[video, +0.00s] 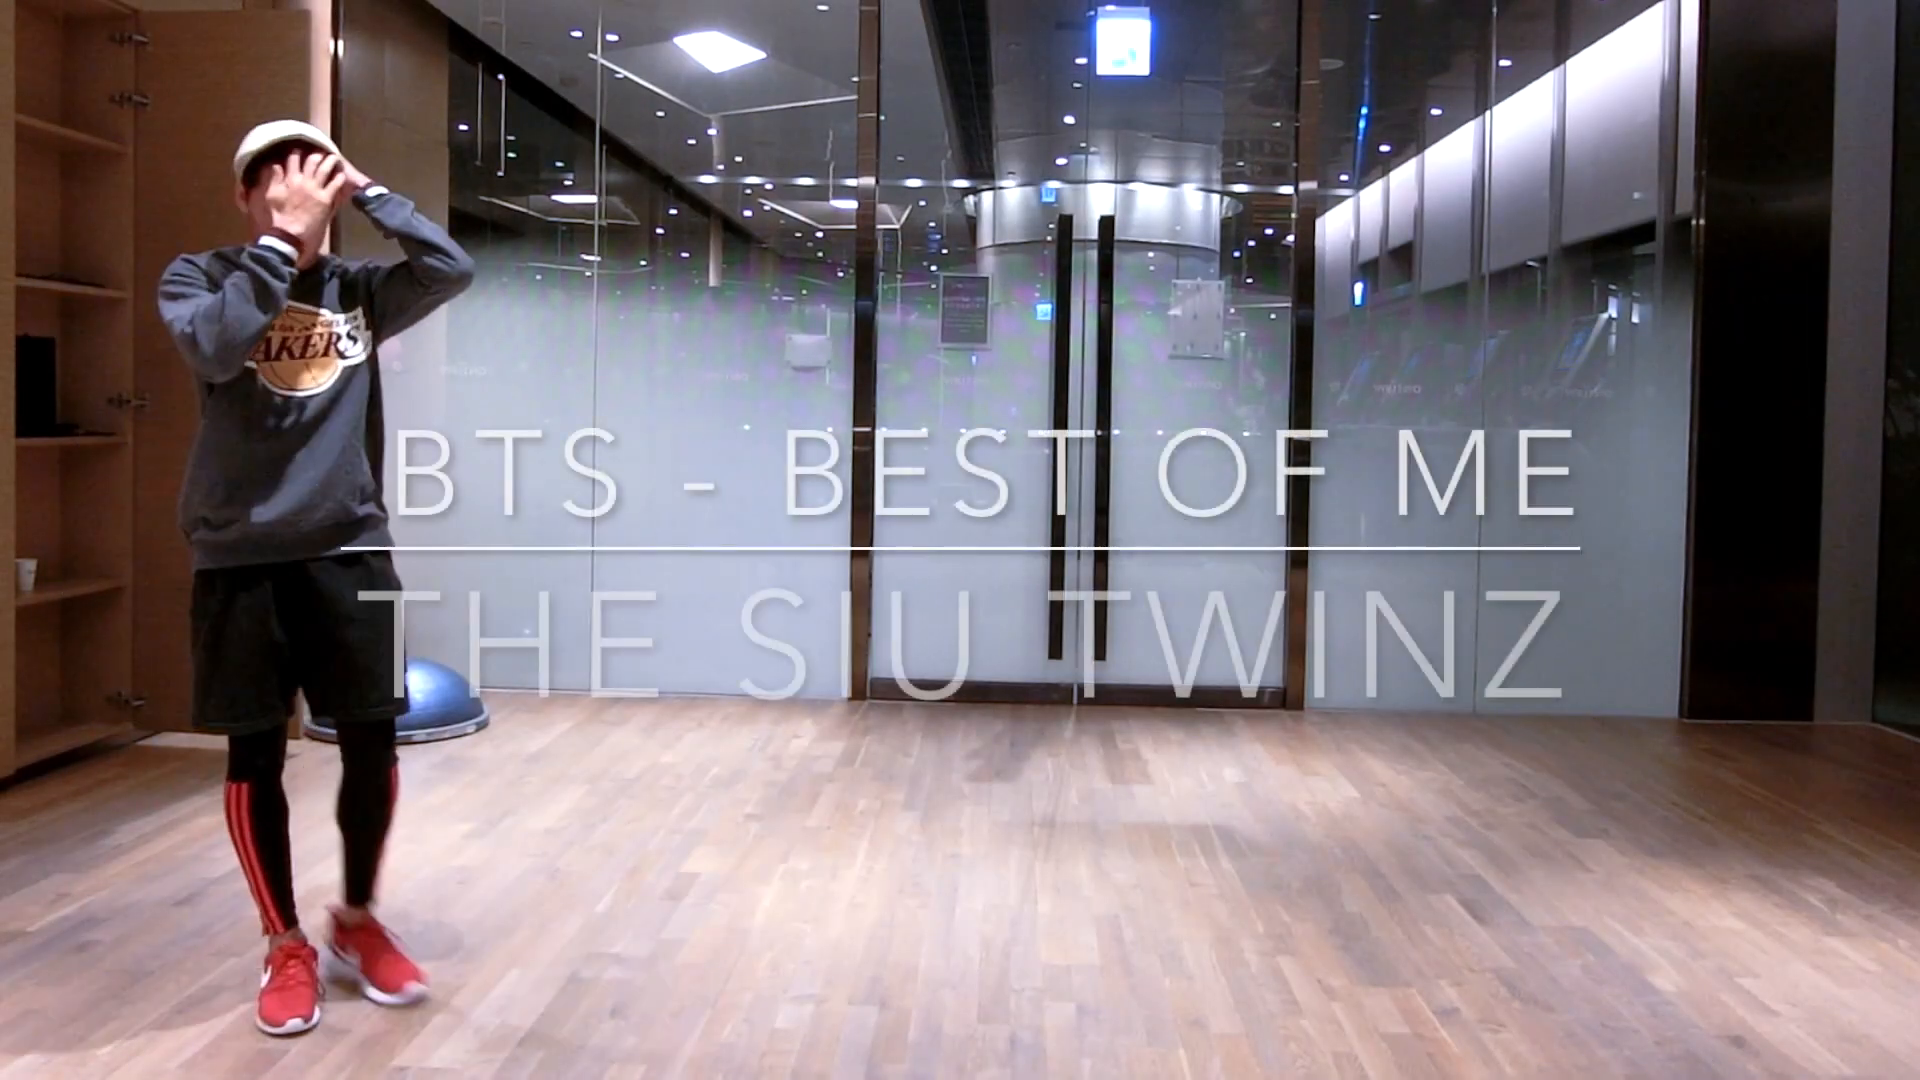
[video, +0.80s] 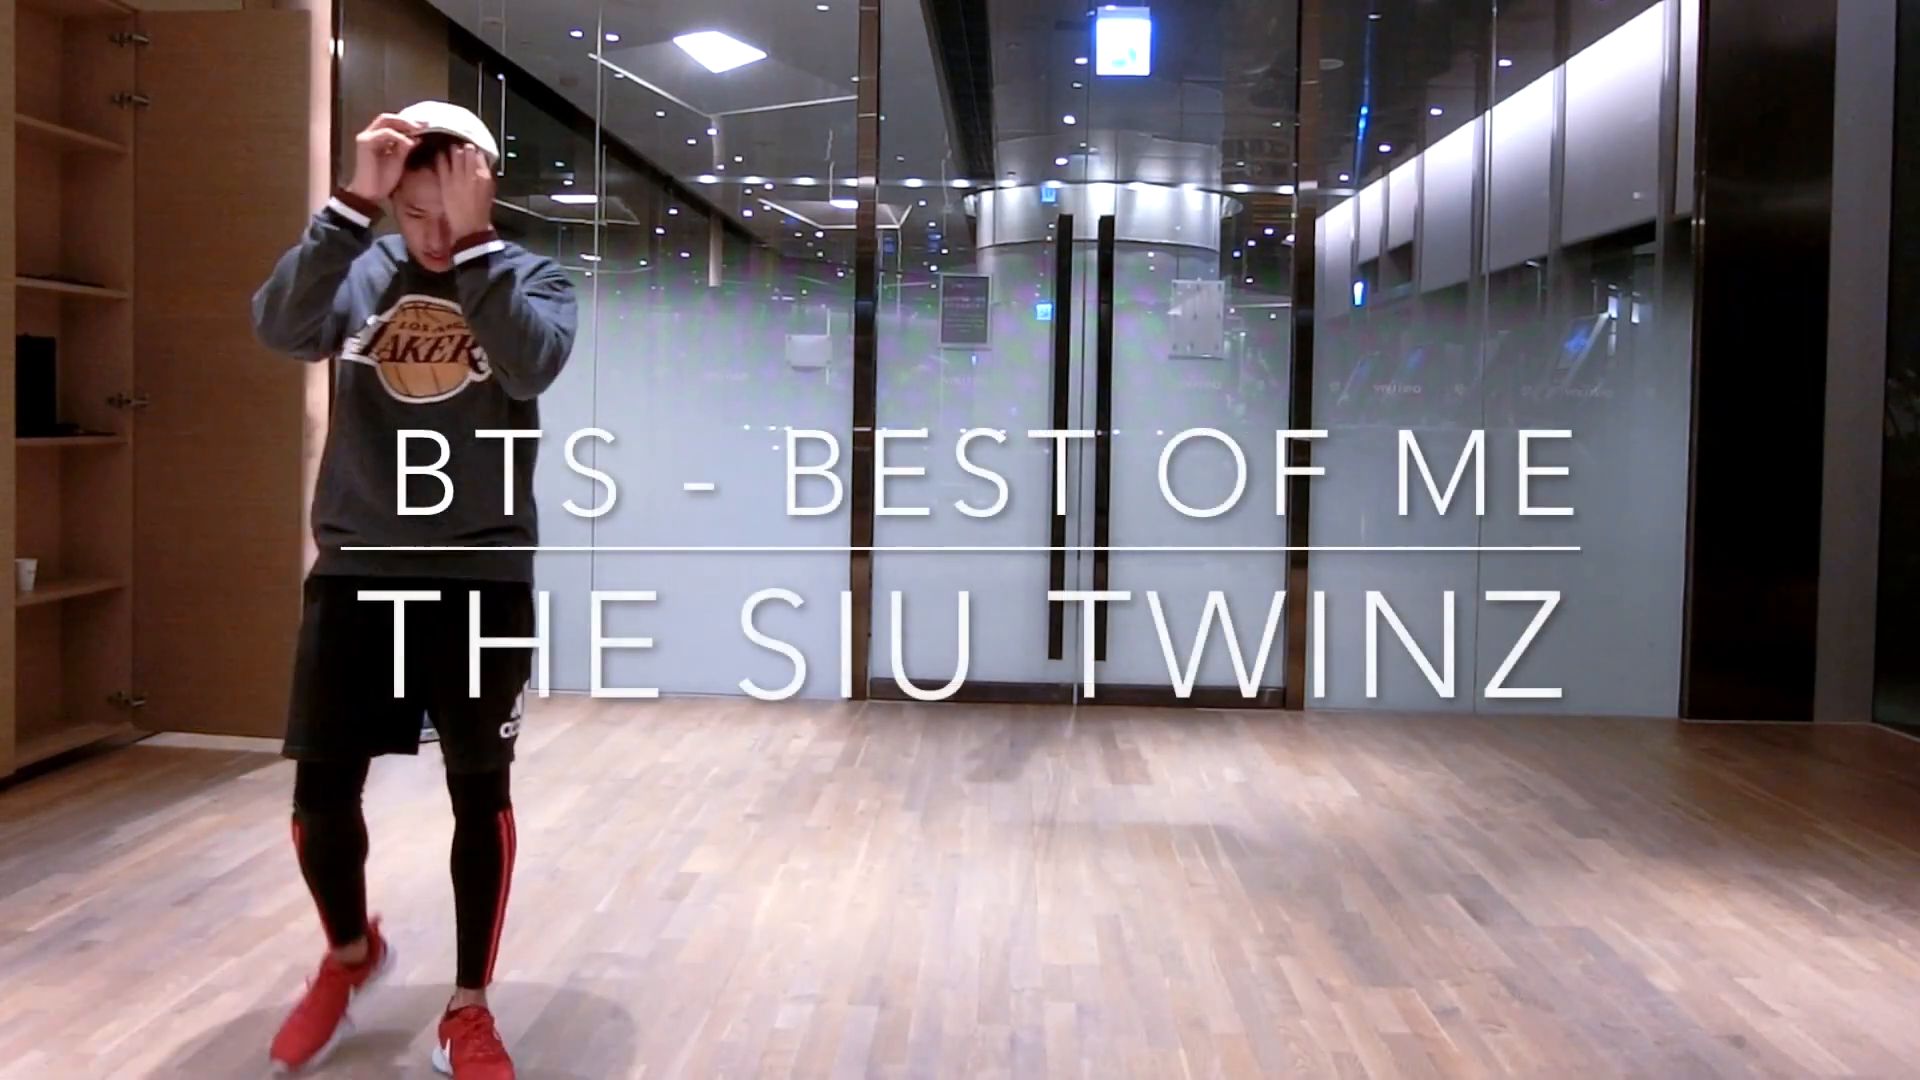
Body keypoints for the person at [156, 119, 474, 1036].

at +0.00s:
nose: (315, 176)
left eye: (322, 164)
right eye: (296, 162)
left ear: (335, 196)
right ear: (252, 190)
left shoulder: (353, 288)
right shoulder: (199, 276)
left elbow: (449, 265)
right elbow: (212, 350)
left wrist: (365, 192)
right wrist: (286, 239)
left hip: (350, 546)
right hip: (243, 554)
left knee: (373, 740)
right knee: (256, 753)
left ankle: (357, 923)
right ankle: (286, 949)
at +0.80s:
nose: (431, 185)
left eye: (451, 163)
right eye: (418, 169)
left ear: (489, 184)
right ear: (398, 192)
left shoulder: (529, 274)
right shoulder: (361, 270)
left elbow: (531, 366)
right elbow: (278, 326)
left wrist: (463, 246)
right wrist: (358, 203)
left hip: (481, 569)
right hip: (358, 563)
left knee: (480, 790)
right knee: (321, 791)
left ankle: (471, 1004)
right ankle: (349, 949)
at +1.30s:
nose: (445, 190)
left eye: (466, 167)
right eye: (424, 168)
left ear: (501, 177)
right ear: (401, 180)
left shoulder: (542, 273)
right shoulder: (363, 271)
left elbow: (631, 277)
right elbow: (244, 291)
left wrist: (541, 172)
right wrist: (330, 152)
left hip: (509, 595)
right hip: (384, 595)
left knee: (493, 820)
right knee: (389, 845)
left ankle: (469, 1008)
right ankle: (388, 1071)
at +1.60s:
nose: (422, 153)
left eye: (444, 130)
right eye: (400, 129)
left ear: (480, 150)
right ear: (369, 148)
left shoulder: (524, 265)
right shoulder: (327, 263)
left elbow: (618, 233)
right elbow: (205, 215)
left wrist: (517, 134)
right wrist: (321, 127)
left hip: (498, 603)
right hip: (359, 607)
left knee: (504, 842)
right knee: (368, 868)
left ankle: (473, 998)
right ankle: (385, 1073)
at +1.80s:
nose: (412, 145)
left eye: (435, 121)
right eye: (388, 120)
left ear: (469, 140)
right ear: (351, 139)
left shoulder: (505, 255)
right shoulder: (313, 251)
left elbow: (597, 268)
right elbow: (187, 240)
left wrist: (507, 153)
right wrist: (302, 133)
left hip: (489, 604)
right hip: (342, 609)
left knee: (509, 866)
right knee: (360, 880)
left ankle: (490, 1057)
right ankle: (382, 1075)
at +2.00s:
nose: (408, 156)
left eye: (433, 132)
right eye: (383, 130)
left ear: (469, 150)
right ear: (343, 144)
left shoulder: (518, 265)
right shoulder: (277, 254)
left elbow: (536, 399)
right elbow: (261, 399)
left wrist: (499, 219)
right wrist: (323, 213)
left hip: (485, 622)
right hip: (330, 624)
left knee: (515, 909)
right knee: (355, 910)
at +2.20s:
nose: (409, 119)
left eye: (435, 94)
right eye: (383, 92)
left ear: (476, 112)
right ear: (350, 108)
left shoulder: (532, 246)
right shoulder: (282, 225)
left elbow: (535, 400)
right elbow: (283, 397)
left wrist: (462, 342)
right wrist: (376, 336)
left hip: (487, 590)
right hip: (330, 604)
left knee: (535, 883)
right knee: (360, 906)